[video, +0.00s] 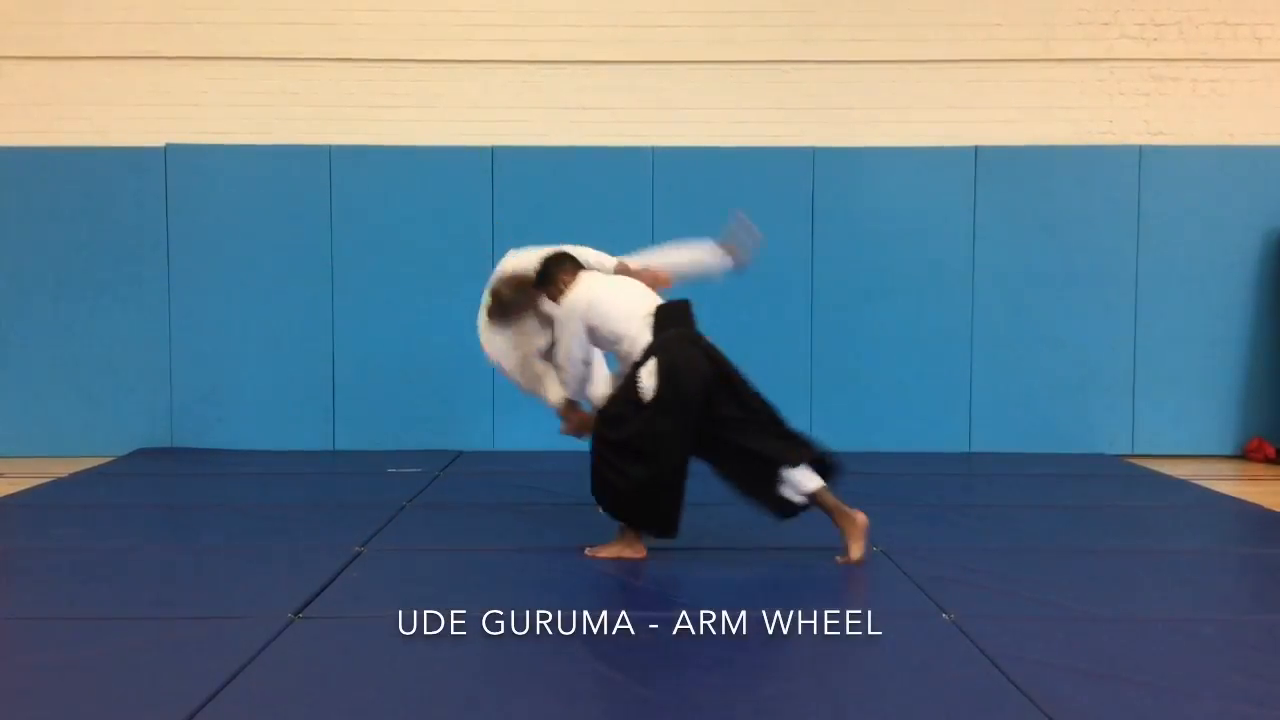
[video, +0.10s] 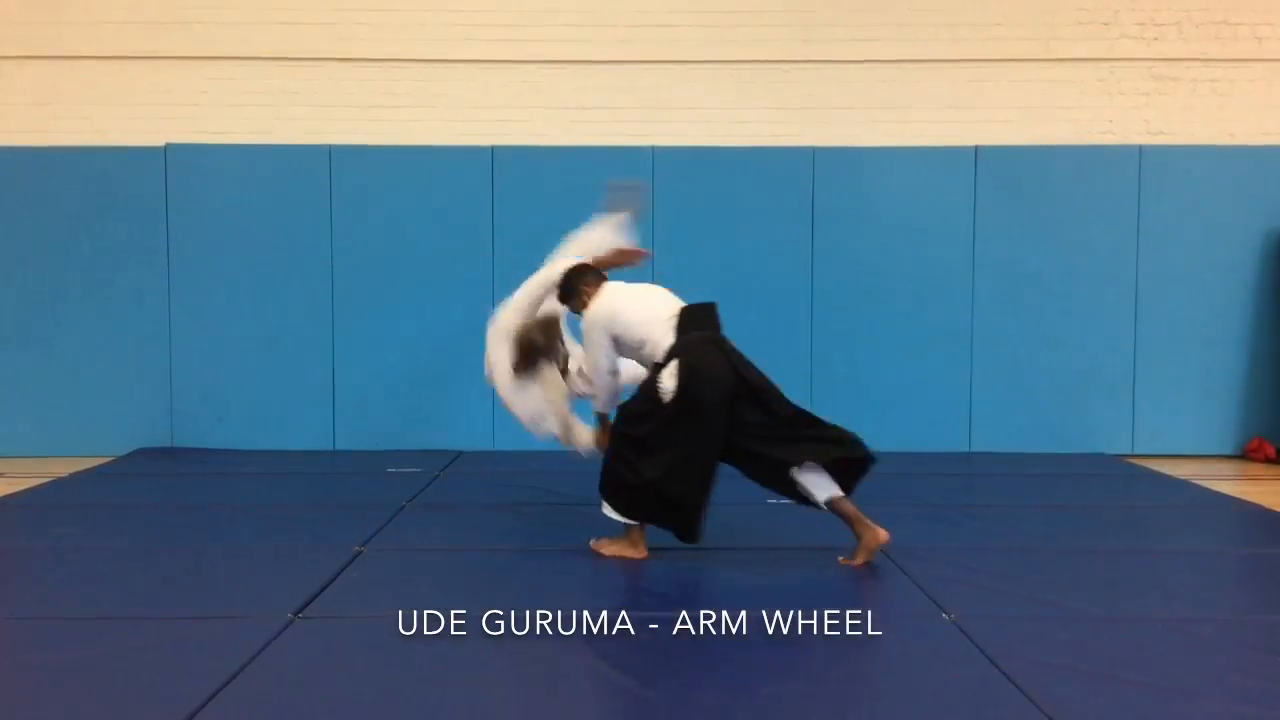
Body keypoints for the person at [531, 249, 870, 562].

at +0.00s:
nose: (551, 303)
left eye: (549, 297)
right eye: (549, 296)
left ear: (556, 288)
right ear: (577, 267)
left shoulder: (573, 304)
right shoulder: (616, 276)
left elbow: (574, 368)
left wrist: (573, 408)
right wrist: (598, 404)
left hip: (660, 372)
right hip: (695, 354)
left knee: (617, 438)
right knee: (748, 439)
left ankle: (630, 539)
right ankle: (847, 517)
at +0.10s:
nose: (579, 311)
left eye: (577, 305)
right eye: (576, 305)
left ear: (583, 295)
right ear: (598, 278)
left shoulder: (597, 313)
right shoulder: (638, 290)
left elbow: (603, 378)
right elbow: (653, 353)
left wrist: (602, 419)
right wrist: (615, 388)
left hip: (682, 373)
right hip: (718, 358)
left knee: (627, 441)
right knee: (772, 446)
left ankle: (633, 538)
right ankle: (865, 529)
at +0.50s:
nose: (583, 277)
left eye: (581, 270)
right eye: (582, 270)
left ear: (589, 262)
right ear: (611, 251)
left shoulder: (598, 291)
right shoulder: (650, 267)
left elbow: (603, 364)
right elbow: (674, 316)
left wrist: (614, 394)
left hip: (680, 361)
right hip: (723, 349)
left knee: (632, 433)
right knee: (773, 436)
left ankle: (633, 535)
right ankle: (858, 513)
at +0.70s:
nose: (604, 235)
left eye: (602, 227)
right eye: (601, 228)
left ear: (611, 223)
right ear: (636, 216)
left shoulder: (618, 257)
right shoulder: (677, 242)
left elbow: (614, 329)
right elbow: (687, 295)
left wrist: (616, 373)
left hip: (684, 345)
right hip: (724, 334)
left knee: (643, 429)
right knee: (747, 426)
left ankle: (636, 528)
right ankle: (822, 492)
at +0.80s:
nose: (628, 222)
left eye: (627, 214)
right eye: (627, 214)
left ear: (637, 210)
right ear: (661, 206)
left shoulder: (641, 248)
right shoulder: (703, 238)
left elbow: (633, 319)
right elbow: (719, 294)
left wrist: (632, 378)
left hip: (695, 343)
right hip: (735, 335)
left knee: (649, 426)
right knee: (744, 420)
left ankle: (640, 529)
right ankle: (790, 498)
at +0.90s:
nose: (655, 213)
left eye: (656, 205)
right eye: (655, 206)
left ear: (667, 203)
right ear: (691, 201)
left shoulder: (673, 245)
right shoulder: (729, 238)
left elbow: (667, 317)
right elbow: (738, 297)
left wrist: (656, 379)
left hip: (714, 348)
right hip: (749, 342)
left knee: (667, 425)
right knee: (750, 425)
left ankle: (644, 522)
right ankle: (792, 503)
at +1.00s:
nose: (679, 204)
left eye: (682, 196)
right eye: (680, 196)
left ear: (697, 197)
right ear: (715, 197)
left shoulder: (702, 242)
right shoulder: (748, 236)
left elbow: (701, 312)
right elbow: (755, 296)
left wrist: (690, 372)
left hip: (728, 346)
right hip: (762, 340)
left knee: (681, 418)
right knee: (765, 425)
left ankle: (658, 512)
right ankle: (795, 507)